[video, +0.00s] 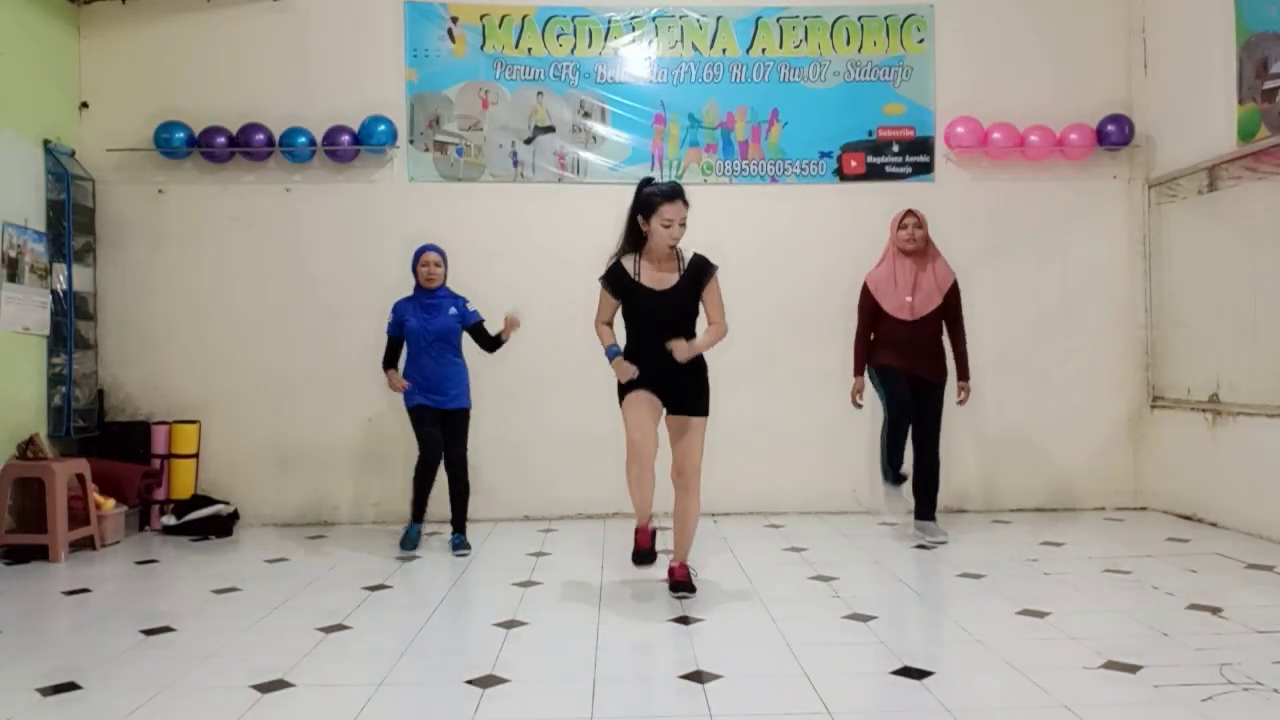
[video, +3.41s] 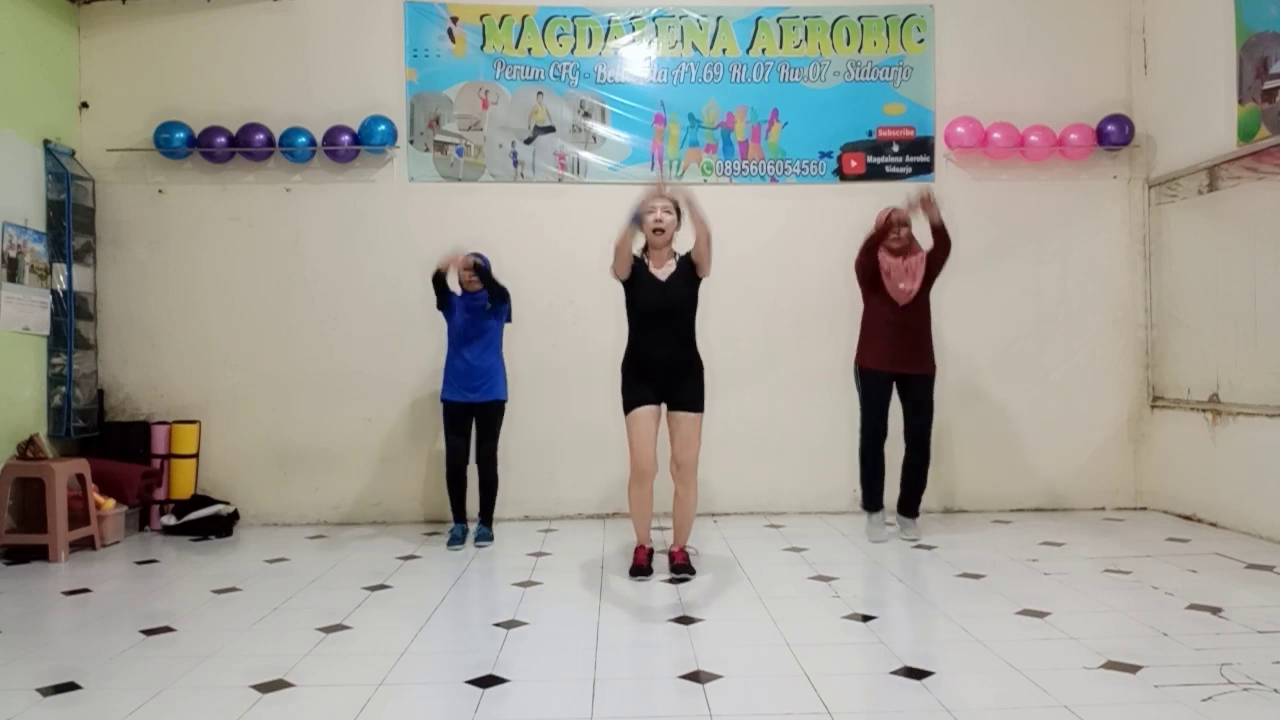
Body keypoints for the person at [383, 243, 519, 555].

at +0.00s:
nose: (431, 270)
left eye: (437, 265)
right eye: (424, 264)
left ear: (445, 271)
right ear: (415, 270)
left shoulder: (458, 304)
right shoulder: (403, 308)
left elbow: (488, 345)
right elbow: (391, 353)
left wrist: (505, 333)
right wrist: (391, 373)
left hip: (455, 394)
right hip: (419, 394)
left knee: (457, 461)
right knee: (431, 451)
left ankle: (459, 533)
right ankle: (415, 525)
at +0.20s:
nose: (435, 274)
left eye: (441, 269)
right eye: (429, 269)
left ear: (450, 273)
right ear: (420, 274)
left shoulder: (464, 308)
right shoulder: (408, 313)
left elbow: (479, 347)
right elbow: (388, 360)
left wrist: (491, 379)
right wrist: (404, 383)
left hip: (459, 401)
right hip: (423, 402)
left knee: (457, 467)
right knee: (431, 468)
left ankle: (459, 533)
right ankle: (431, 536)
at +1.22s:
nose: (459, 279)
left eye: (465, 273)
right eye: (453, 273)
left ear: (473, 275)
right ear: (443, 275)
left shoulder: (485, 306)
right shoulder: (429, 308)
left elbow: (507, 349)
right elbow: (413, 358)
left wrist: (493, 352)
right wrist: (438, 350)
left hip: (478, 396)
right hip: (441, 398)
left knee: (477, 462)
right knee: (445, 464)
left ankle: (486, 526)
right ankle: (440, 534)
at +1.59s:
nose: (464, 278)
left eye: (470, 274)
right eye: (458, 274)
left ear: (479, 276)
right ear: (450, 277)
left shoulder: (492, 302)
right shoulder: (439, 303)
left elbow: (490, 337)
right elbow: (436, 339)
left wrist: (472, 300)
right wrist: (455, 299)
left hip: (485, 394)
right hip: (450, 395)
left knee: (484, 461)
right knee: (457, 460)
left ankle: (485, 527)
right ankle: (457, 526)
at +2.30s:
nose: (468, 268)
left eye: (474, 264)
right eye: (462, 263)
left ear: (482, 271)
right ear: (453, 271)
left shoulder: (496, 305)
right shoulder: (448, 301)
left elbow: (507, 351)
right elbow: (430, 314)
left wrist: (476, 330)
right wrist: (445, 284)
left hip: (488, 394)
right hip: (454, 393)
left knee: (485, 460)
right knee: (458, 459)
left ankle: (484, 524)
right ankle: (461, 524)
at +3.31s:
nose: (472, 274)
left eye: (478, 270)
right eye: (466, 269)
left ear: (488, 276)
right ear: (459, 275)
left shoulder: (498, 302)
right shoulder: (452, 302)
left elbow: (498, 300)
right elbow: (438, 298)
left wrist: (472, 282)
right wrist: (447, 287)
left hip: (488, 392)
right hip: (455, 391)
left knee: (482, 458)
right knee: (457, 461)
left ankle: (485, 525)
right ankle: (460, 526)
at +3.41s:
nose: (467, 275)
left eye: (472, 270)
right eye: (463, 271)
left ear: (482, 275)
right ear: (459, 276)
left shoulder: (496, 302)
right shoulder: (453, 303)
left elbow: (501, 295)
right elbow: (441, 290)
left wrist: (484, 271)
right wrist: (441, 273)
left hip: (490, 392)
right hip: (456, 391)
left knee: (486, 459)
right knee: (456, 460)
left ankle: (485, 524)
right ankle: (459, 524)